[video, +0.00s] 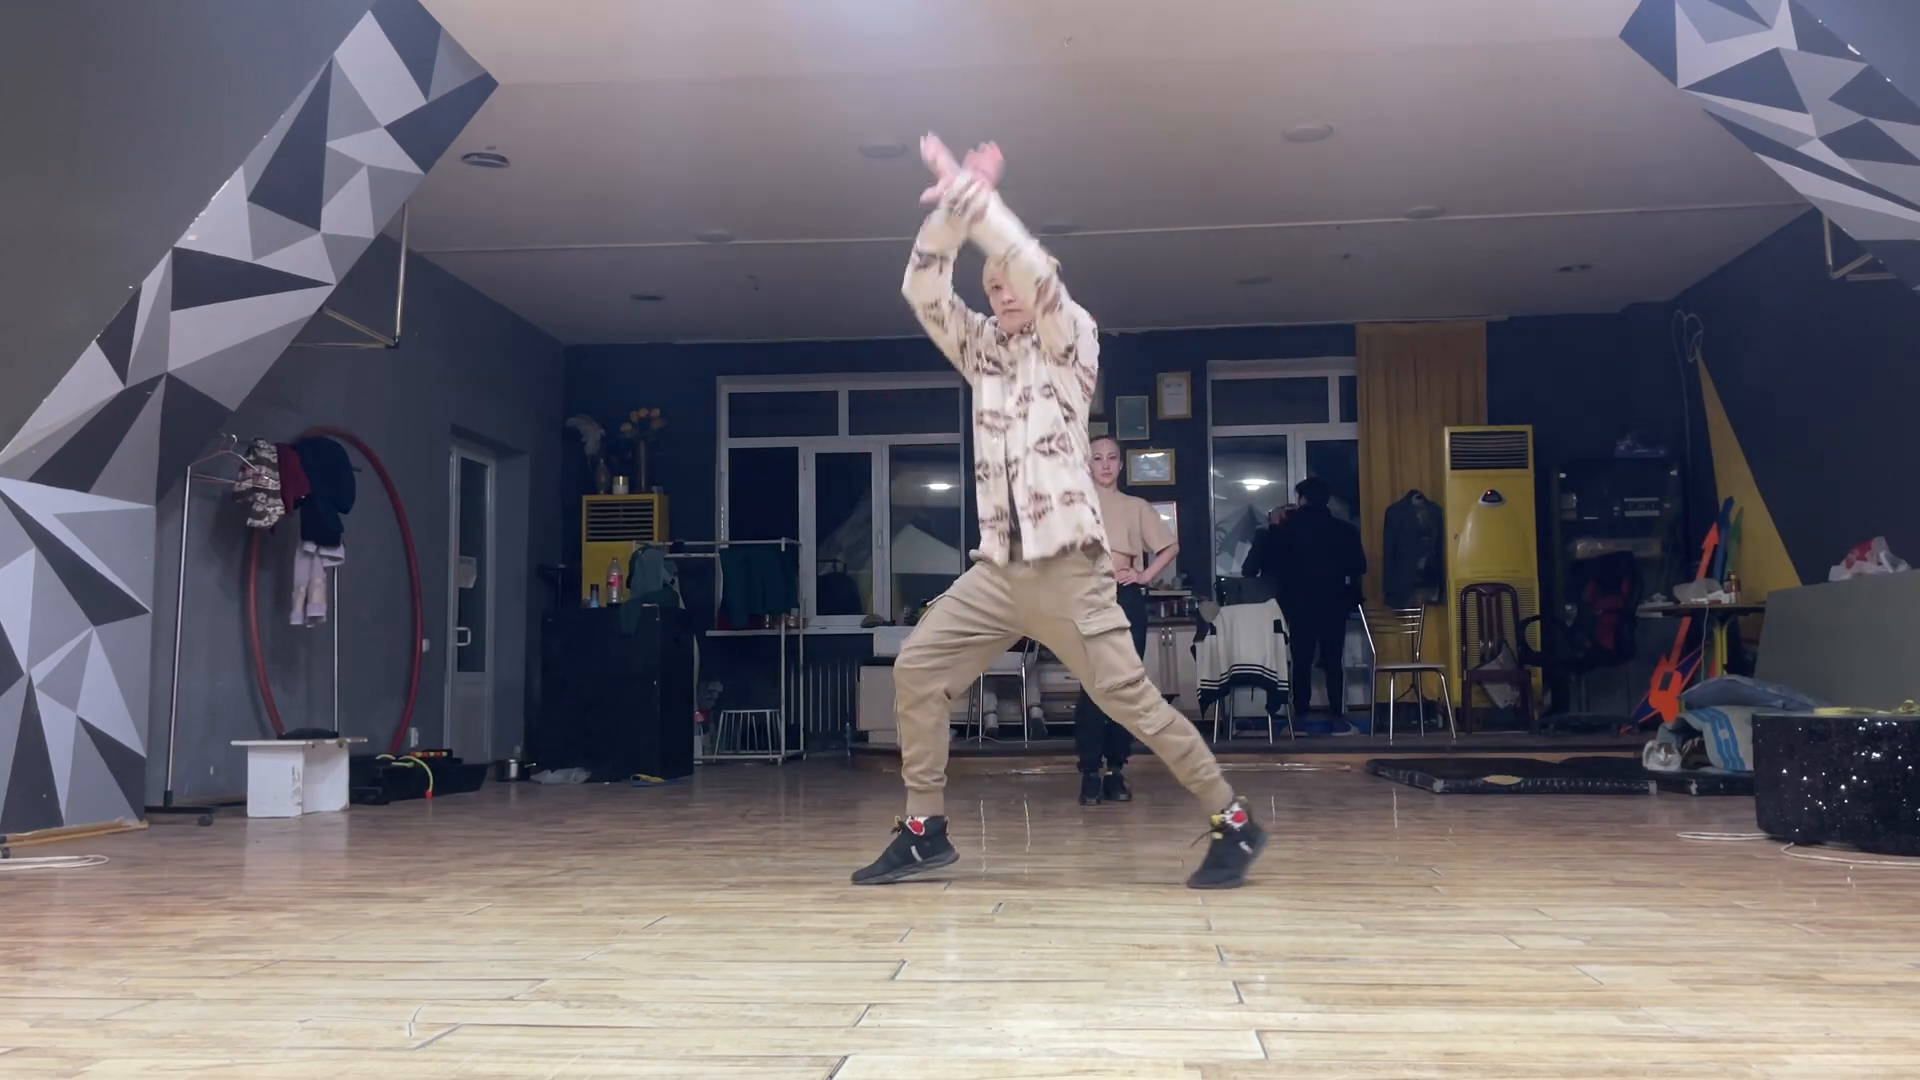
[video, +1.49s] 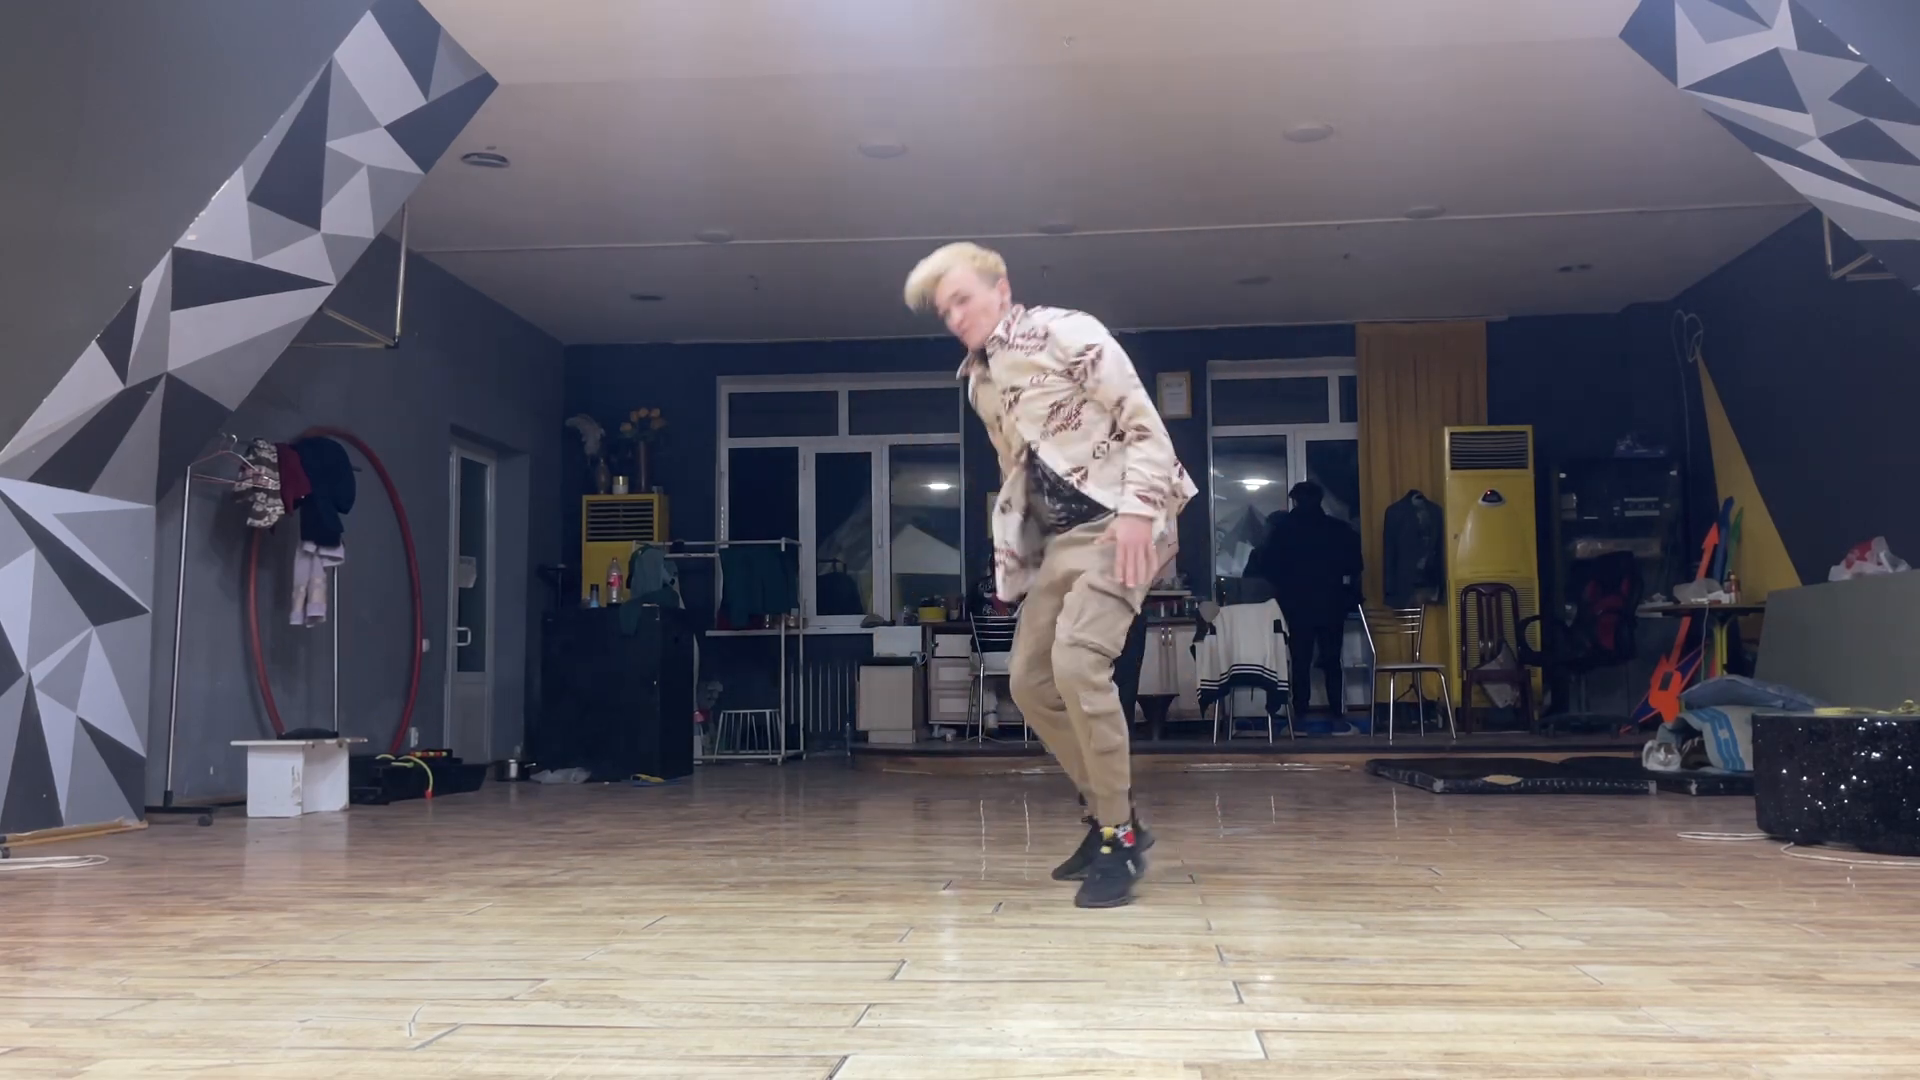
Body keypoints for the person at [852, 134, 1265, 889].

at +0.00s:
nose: (999, 294)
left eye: (1010, 281)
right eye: (991, 286)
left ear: (1041, 285)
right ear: (984, 294)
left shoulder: (1070, 344)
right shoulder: (982, 347)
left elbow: (1035, 271)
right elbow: (925, 292)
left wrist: (979, 202)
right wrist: (947, 212)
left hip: (1069, 566)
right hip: (998, 568)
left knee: (1132, 702)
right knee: (917, 668)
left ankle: (1232, 823)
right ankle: (924, 830)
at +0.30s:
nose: (968, 342)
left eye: (982, 329)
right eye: (961, 333)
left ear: (1015, 336)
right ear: (955, 345)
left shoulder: (1033, 370)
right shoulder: (981, 408)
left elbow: (1098, 359)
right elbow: (991, 482)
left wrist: (1189, 353)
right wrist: (974, 550)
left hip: (1060, 585)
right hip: (1001, 595)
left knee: (1142, 717)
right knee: (909, 681)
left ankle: (1277, 827)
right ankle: (930, 833)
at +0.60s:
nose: (1077, 301)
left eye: (1074, 290)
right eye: (1069, 289)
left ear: (1040, 295)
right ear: (1041, 292)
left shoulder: (1053, 367)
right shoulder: (1000, 357)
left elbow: (1057, 478)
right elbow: (985, 450)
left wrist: (1108, 531)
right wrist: (1056, 505)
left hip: (1052, 550)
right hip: (1005, 544)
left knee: (1088, 705)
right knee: (999, 697)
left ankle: (989, 834)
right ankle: (889, 799)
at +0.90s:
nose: (967, 354)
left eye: (962, 339)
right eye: (960, 350)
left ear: (977, 309)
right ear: (983, 323)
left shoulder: (1021, 305)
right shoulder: (1075, 358)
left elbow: (969, 243)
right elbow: (1150, 442)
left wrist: (880, 218)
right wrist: (1166, 536)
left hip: (1092, 495)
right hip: (1148, 504)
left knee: (981, 628)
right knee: (1100, 634)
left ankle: (1059, 775)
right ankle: (1170, 758)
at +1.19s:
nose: (965, 576)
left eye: (962, 560)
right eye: (953, 571)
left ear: (981, 523)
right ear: (958, 564)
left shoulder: (1020, 478)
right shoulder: (1011, 599)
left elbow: (996, 372)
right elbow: (1056, 644)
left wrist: (976, 279)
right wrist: (1053, 682)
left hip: (1188, 598)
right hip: (1124, 624)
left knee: (1110, 703)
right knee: (1063, 711)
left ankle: (1204, 864)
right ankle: (1149, 840)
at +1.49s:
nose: (954, 318)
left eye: (961, 300)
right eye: (944, 311)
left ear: (1001, 288)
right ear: (945, 320)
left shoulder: (1067, 333)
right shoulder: (980, 380)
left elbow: (1142, 423)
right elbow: (1017, 472)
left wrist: (1141, 508)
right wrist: (1009, 549)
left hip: (1117, 525)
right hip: (1054, 541)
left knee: (1078, 662)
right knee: (1029, 680)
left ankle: (1119, 835)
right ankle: (1107, 818)